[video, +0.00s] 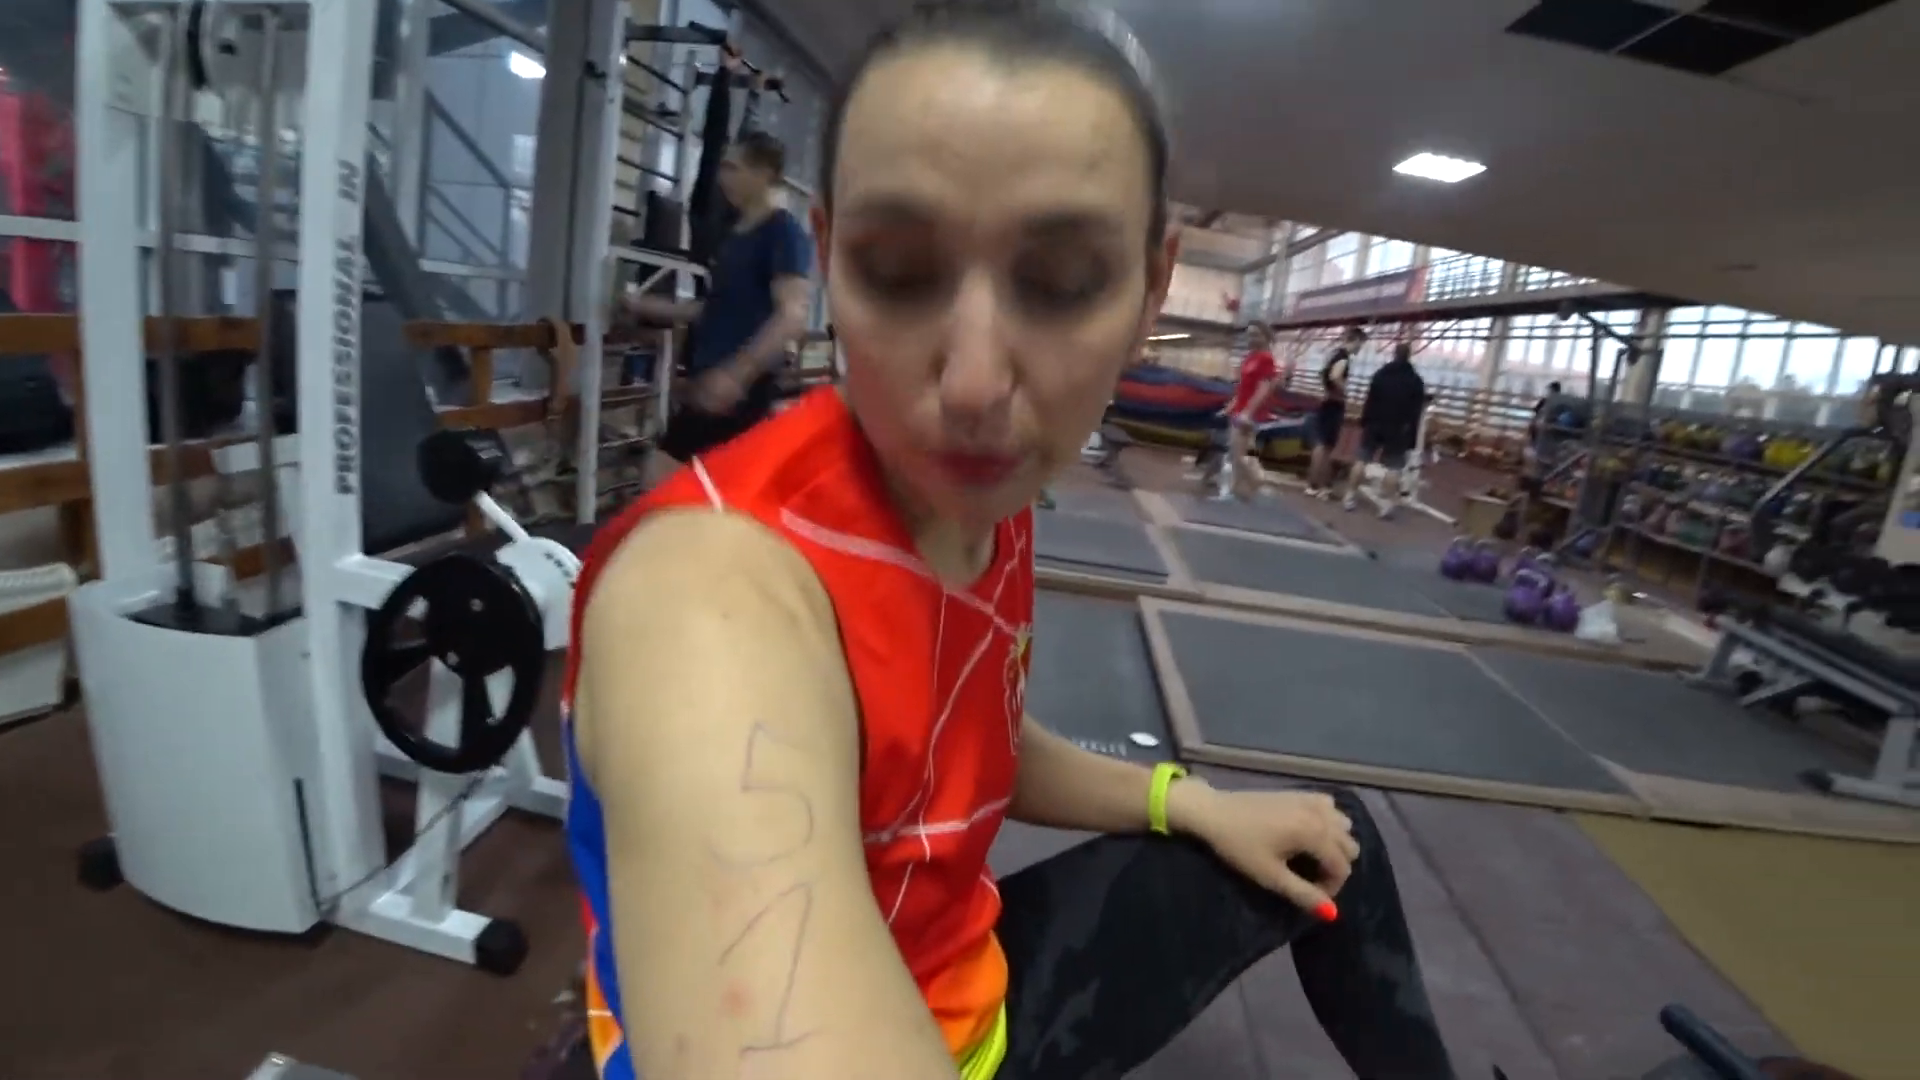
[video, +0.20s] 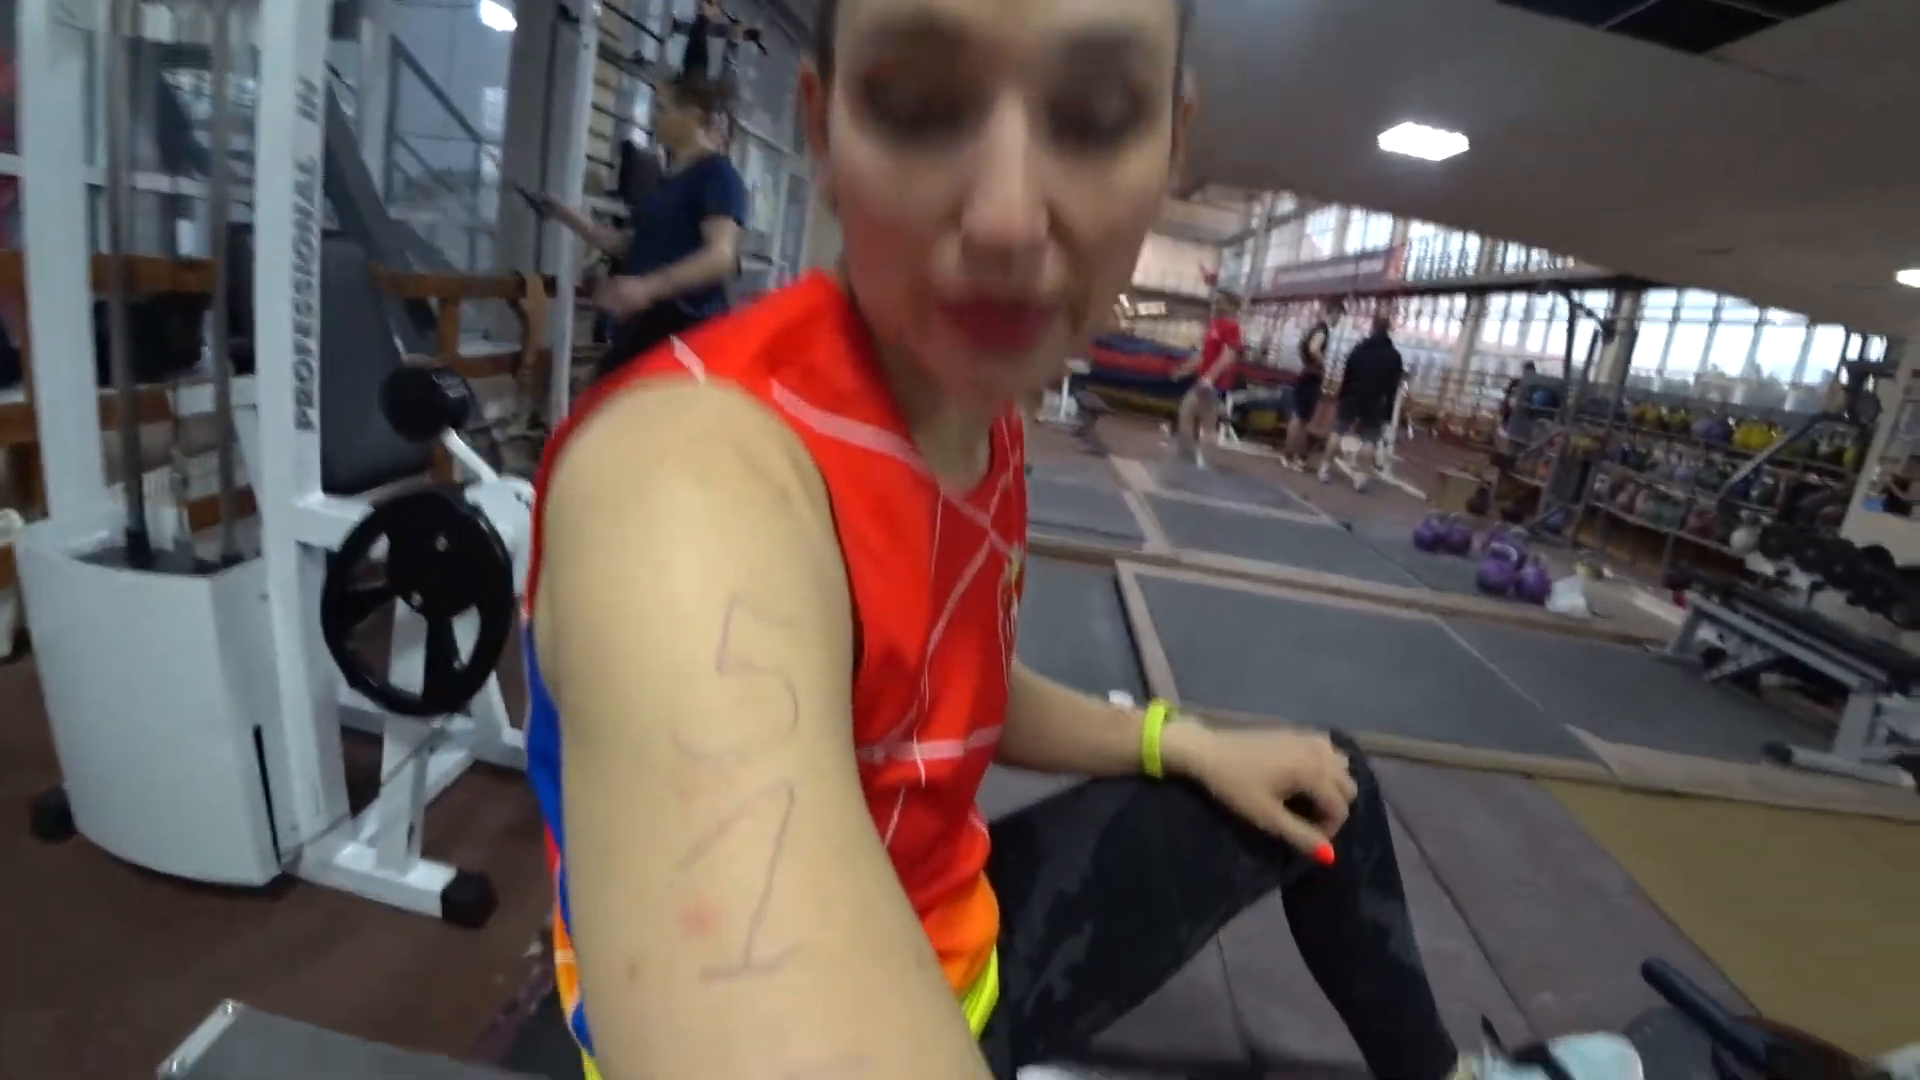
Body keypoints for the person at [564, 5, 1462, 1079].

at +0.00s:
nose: (973, 385)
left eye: (1059, 285)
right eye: (900, 273)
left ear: (1154, 283)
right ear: (829, 257)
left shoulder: (979, 489)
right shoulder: (712, 599)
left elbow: (980, 754)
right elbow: (783, 1047)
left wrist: (1190, 808)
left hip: (975, 993)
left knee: (1324, 838)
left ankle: (1410, 1060)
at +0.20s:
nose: (1005, 221)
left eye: (1094, 117)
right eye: (915, 108)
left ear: (1177, 135)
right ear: (816, 119)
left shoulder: (967, 412)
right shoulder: (689, 488)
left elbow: (950, 695)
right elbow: (792, 1051)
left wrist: (1184, 750)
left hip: (959, 947)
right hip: (778, 1029)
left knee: (1317, 787)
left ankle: (1430, 1070)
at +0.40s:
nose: (1091, 41)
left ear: (1187, 27)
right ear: (824, 12)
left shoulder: (963, 301)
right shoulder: (682, 355)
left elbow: (948, 597)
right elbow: (815, 1040)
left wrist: (1183, 653)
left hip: (953, 837)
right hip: (804, 957)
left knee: (1301, 696)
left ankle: (1440, 1010)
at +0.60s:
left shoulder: (936, 210)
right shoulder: (673, 272)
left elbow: (912, 523)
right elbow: (846, 1030)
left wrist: (1128, 602)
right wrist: (1325, 1066)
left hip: (945, 747)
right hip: (849, 921)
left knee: (1294, 622)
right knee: (1342, 1037)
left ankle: (1437, 920)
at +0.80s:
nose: (954, 11)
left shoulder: (776, 117)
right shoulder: (456, 217)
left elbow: (764, 455)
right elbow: (644, 999)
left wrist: (934, 594)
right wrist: (1151, 1020)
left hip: (855, 685)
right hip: (742, 876)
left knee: (1213, 585)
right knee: (1382, 1026)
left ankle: (1373, 821)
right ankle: (1502, 1033)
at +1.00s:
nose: (133, 29)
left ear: (110, 9)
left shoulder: (176, 144)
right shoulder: (33, 297)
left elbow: (277, 462)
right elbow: (43, 1005)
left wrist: (448, 635)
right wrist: (660, 951)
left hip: (384, 694)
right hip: (281, 893)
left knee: (792, 580)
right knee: (795, 905)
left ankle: (1075, 730)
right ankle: (1184, 900)